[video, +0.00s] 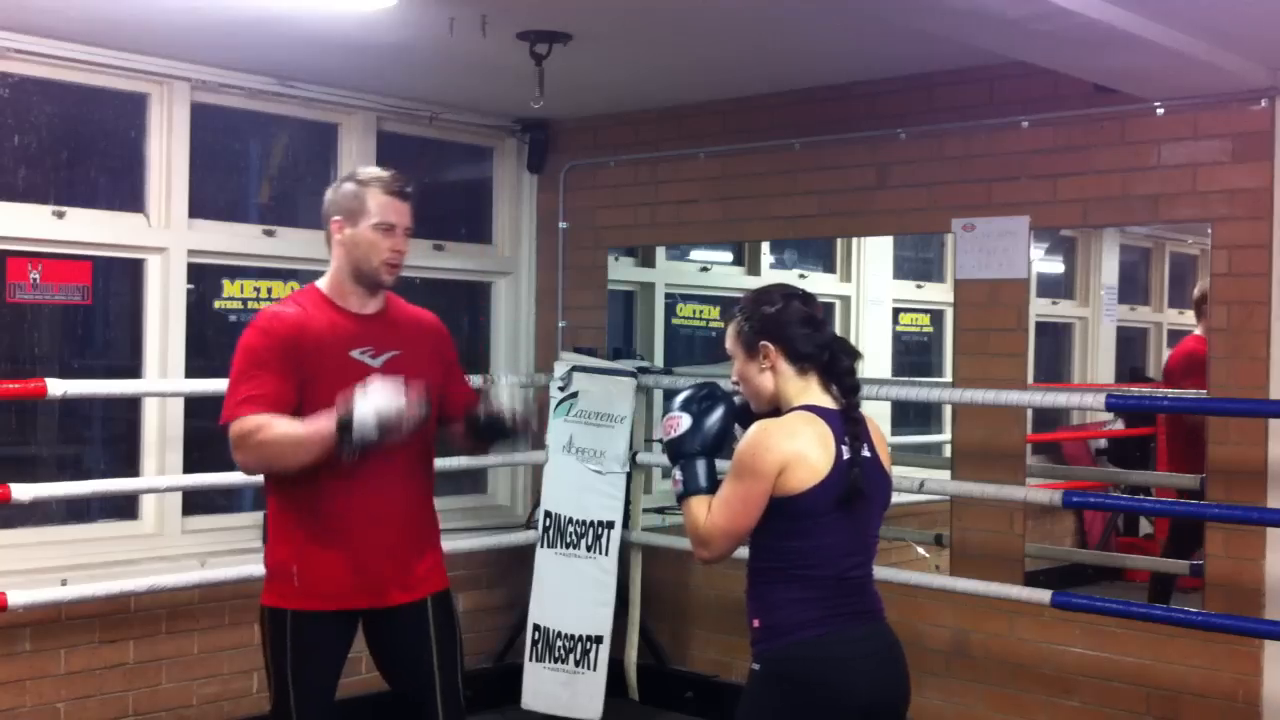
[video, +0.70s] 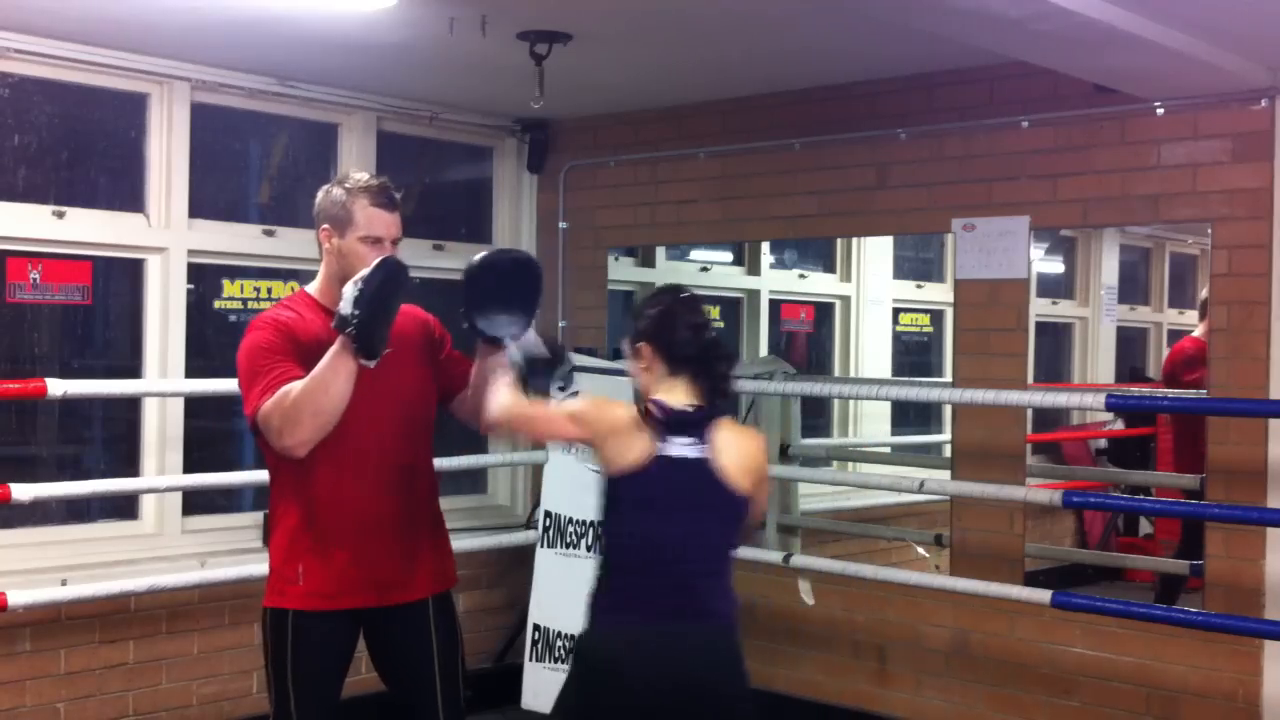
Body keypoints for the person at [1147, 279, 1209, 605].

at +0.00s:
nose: (1224, 313)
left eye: (1221, 306)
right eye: (1220, 306)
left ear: (1199, 309)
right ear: (1209, 309)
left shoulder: (1190, 350)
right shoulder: (1195, 353)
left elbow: (1181, 416)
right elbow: (1196, 416)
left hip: (1190, 463)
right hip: (1194, 466)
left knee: (1184, 536)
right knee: (1183, 537)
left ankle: (1157, 605)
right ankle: (1157, 608)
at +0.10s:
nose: (1223, 314)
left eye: (1220, 307)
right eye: (1219, 308)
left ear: (1199, 307)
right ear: (1206, 308)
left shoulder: (1188, 348)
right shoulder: (1191, 352)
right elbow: (1199, 416)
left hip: (1190, 461)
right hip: (1193, 464)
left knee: (1187, 534)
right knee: (1184, 536)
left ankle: (1158, 605)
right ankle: (1157, 608)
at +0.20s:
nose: (1222, 316)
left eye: (1220, 309)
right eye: (1218, 309)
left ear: (1200, 309)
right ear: (1205, 309)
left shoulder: (1202, 351)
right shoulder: (1185, 352)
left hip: (1201, 461)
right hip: (1190, 463)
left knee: (1192, 535)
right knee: (1186, 537)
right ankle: (1158, 608)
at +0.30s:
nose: (1220, 317)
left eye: (1219, 311)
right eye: (1216, 311)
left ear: (1204, 310)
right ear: (1204, 310)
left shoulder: (1208, 352)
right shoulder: (1182, 353)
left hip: (1209, 463)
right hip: (1193, 464)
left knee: (1196, 536)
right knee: (1190, 537)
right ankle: (1160, 608)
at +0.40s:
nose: (1221, 317)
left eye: (1220, 310)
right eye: (1218, 310)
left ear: (1205, 310)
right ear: (1206, 310)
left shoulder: (1206, 352)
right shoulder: (1186, 353)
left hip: (1208, 463)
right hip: (1194, 464)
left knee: (1197, 537)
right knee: (1190, 538)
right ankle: (1160, 608)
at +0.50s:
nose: (1224, 319)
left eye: (1222, 313)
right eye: (1221, 313)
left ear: (1203, 311)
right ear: (1209, 312)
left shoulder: (1192, 351)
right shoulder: (1191, 353)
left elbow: (1185, 414)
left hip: (1199, 464)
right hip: (1196, 466)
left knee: (1196, 536)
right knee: (1192, 537)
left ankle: (1164, 604)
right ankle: (1162, 607)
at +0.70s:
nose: (1226, 320)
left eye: (1224, 313)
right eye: (1223, 313)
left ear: (1204, 312)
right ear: (1211, 313)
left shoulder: (1201, 350)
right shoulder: (1189, 351)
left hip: (1203, 465)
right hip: (1193, 466)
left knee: (1197, 538)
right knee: (1191, 539)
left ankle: (1164, 604)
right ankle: (1162, 608)